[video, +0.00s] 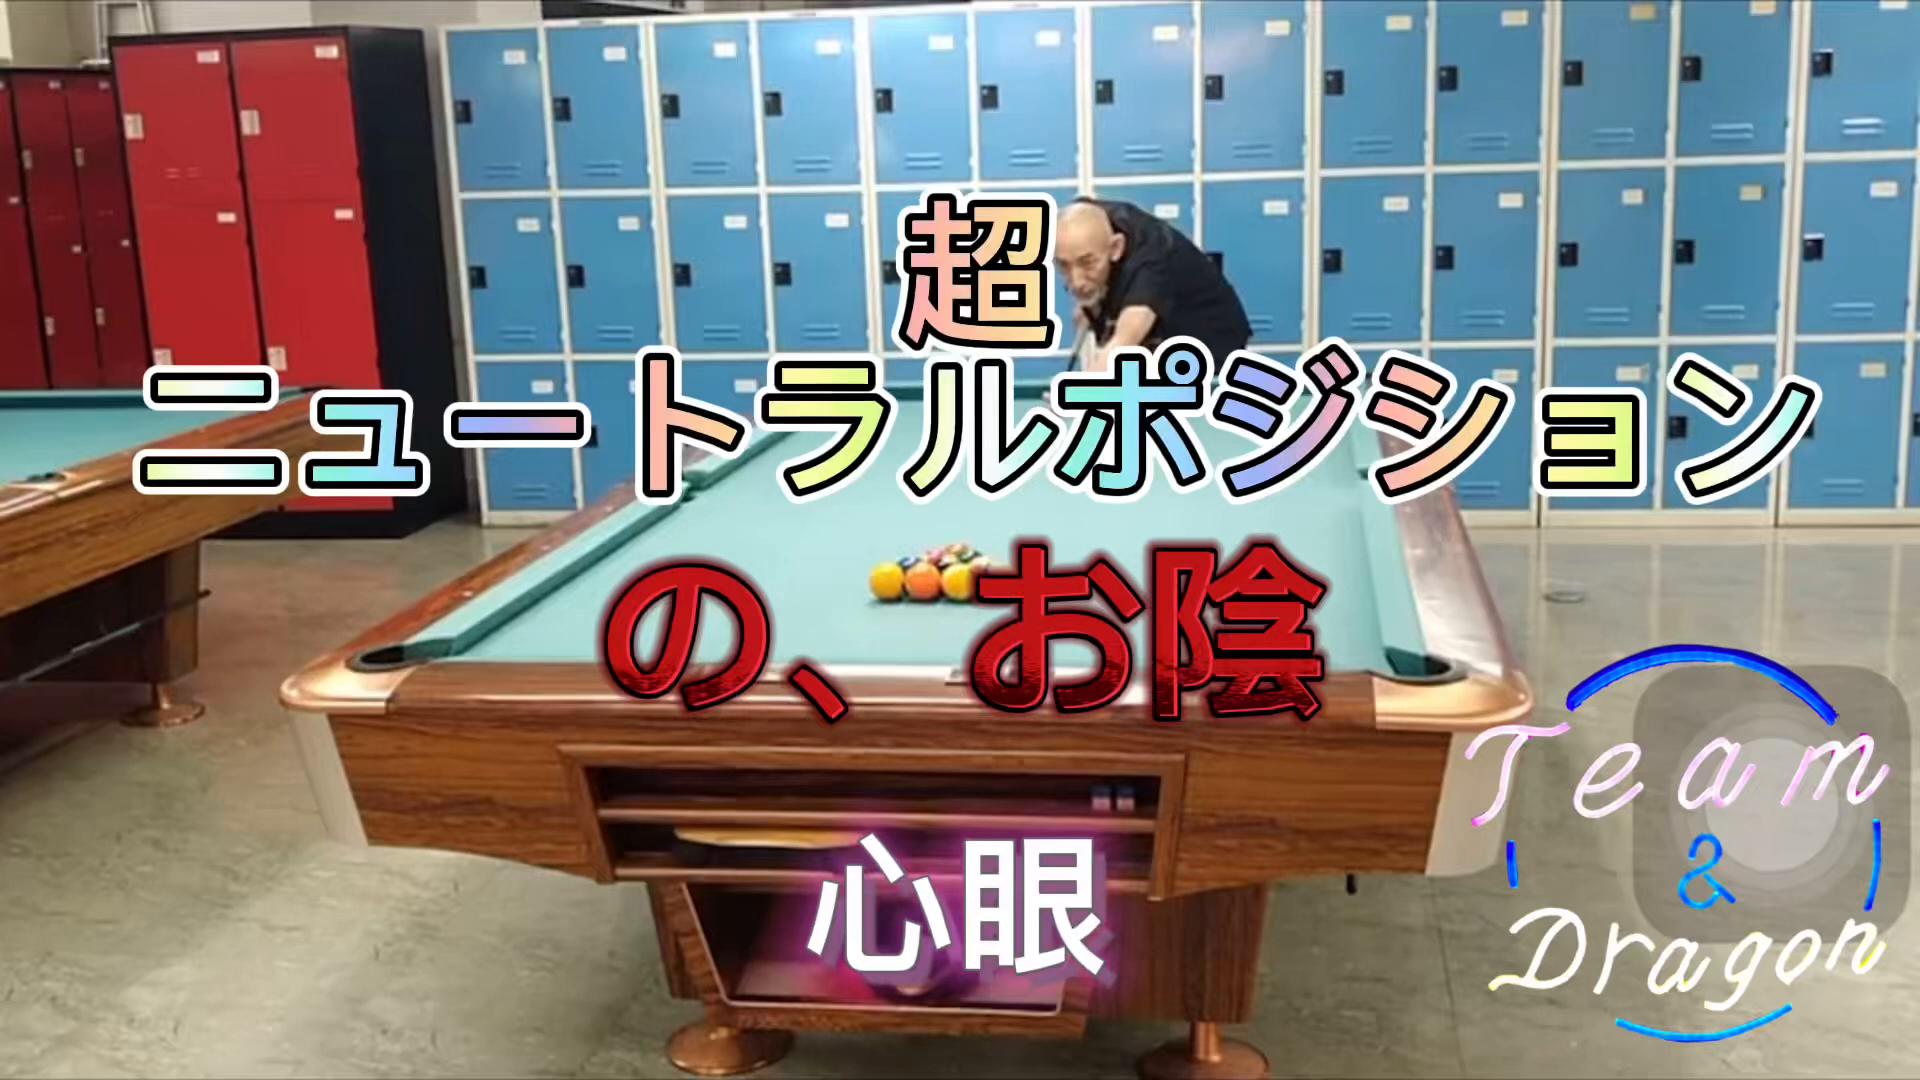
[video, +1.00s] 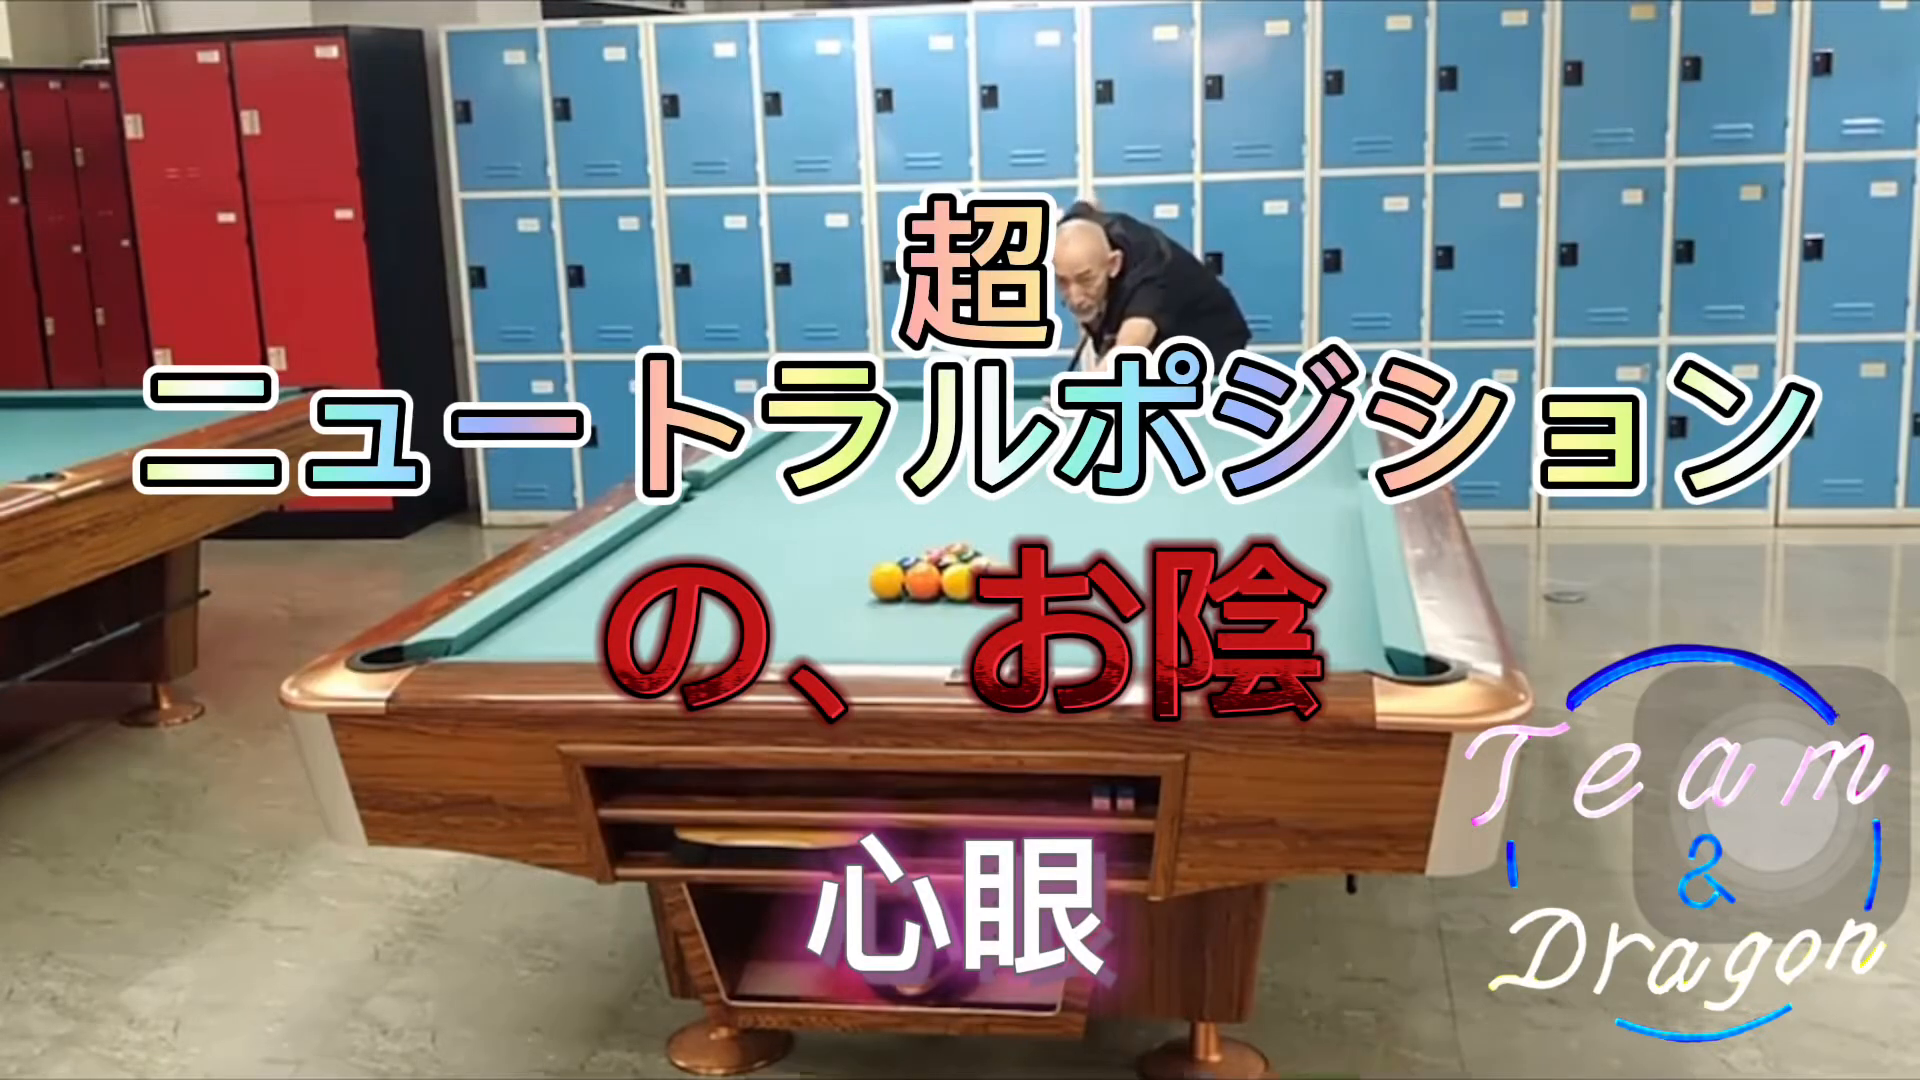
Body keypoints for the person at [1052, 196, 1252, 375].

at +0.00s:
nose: (1076, 281)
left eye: (1087, 263)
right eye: (1063, 266)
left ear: (1116, 248)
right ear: (1054, 260)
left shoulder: (1152, 257)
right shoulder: (1087, 224)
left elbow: (1123, 344)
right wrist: (1090, 306)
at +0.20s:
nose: (1077, 291)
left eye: (1089, 272)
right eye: (1065, 275)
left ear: (1117, 258)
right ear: (1057, 265)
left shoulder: (1154, 266)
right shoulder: (1081, 227)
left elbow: (1129, 345)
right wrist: (1100, 338)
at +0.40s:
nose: (1077, 293)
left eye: (1088, 276)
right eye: (1065, 278)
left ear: (1116, 261)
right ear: (1057, 268)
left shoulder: (1153, 267)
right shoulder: (1083, 227)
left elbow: (1131, 346)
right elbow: (1091, 202)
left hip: (1215, 347)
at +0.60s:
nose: (1077, 294)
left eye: (1088, 277)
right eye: (1064, 279)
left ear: (1115, 262)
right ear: (1057, 268)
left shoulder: (1153, 269)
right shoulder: (1081, 230)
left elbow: (1130, 348)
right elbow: (1090, 205)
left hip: (1215, 347)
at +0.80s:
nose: (1076, 296)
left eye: (1086, 279)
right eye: (1064, 282)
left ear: (1114, 263)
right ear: (1056, 272)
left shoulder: (1153, 274)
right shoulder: (1082, 232)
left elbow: (1128, 350)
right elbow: (1087, 204)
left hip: (1214, 347)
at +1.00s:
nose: (1075, 297)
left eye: (1085, 280)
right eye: (1063, 283)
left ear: (1113, 265)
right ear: (1055, 271)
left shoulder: (1150, 274)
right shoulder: (1080, 231)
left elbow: (1127, 352)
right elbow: (1085, 206)